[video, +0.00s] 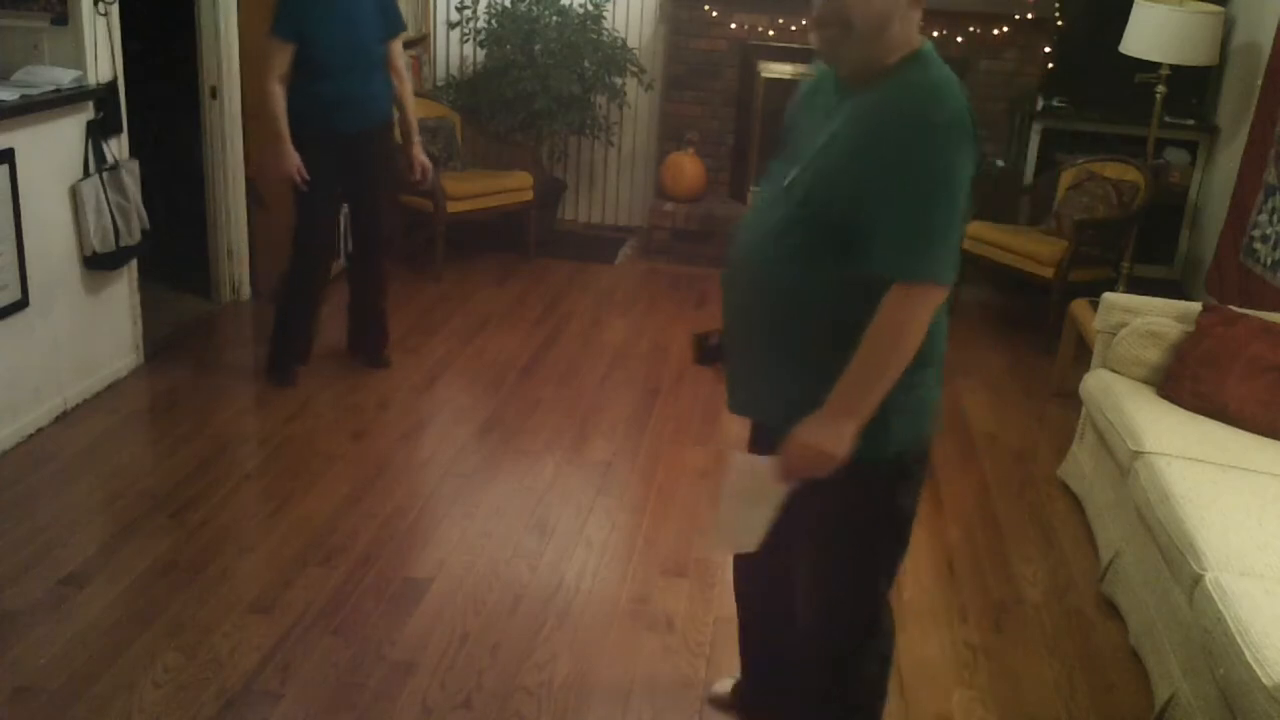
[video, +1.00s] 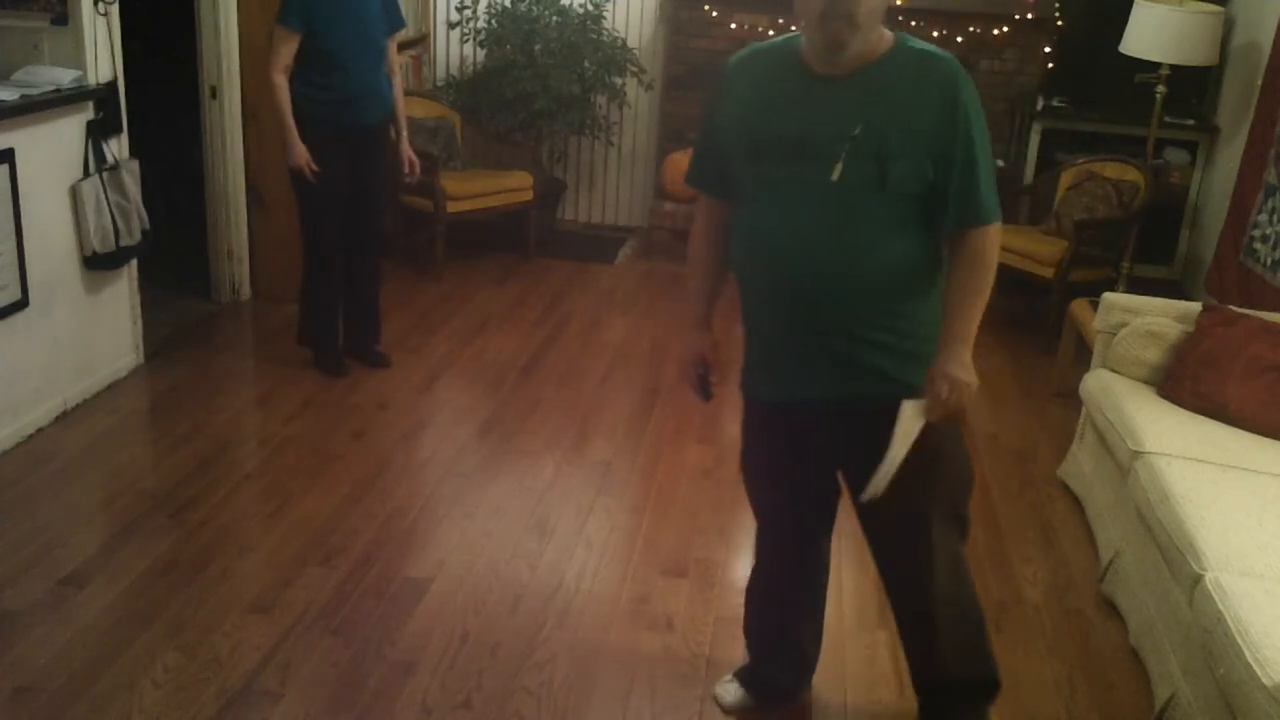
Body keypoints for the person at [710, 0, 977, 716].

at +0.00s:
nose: (818, 10)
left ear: (907, 8)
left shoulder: (928, 107)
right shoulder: (822, 89)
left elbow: (922, 283)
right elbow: (794, 234)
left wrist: (839, 417)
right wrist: (750, 340)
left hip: (870, 430)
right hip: (790, 401)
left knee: (837, 608)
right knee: (768, 574)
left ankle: (831, 710)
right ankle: (767, 690)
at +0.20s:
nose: (806, 8)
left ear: (881, 3)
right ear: (789, 2)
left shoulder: (922, 96)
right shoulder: (762, 63)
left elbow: (957, 257)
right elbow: (719, 193)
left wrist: (936, 400)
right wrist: (687, 305)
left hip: (854, 391)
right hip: (759, 372)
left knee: (826, 565)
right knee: (754, 542)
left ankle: (806, 705)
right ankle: (765, 679)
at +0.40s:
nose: (803, 9)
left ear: (863, 4)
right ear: (770, 2)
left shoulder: (915, 89)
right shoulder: (726, 72)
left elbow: (954, 235)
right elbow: (687, 198)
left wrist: (966, 361)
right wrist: (671, 313)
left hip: (860, 378)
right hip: (751, 365)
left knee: (835, 556)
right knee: (759, 533)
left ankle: (808, 704)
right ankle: (767, 672)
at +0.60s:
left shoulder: (913, 84)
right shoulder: (718, 75)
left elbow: (951, 222)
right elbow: (681, 202)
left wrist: (975, 346)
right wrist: (667, 325)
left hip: (864, 377)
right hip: (753, 366)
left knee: (850, 562)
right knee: (763, 537)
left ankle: (841, 706)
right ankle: (770, 670)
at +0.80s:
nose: (812, 3)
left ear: (866, 1)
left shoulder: (915, 82)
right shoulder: (724, 73)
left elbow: (955, 224)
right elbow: (688, 202)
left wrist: (966, 349)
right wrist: (675, 320)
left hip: (878, 379)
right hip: (761, 373)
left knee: (890, 561)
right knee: (771, 546)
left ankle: (910, 698)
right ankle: (774, 677)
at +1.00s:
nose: (833, 5)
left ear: (884, 2)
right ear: (796, 2)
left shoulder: (937, 82)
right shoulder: (748, 75)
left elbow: (977, 226)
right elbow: (714, 206)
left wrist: (957, 349)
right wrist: (697, 325)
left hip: (899, 380)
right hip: (780, 374)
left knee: (927, 567)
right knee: (783, 544)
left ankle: (956, 706)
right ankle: (776, 676)